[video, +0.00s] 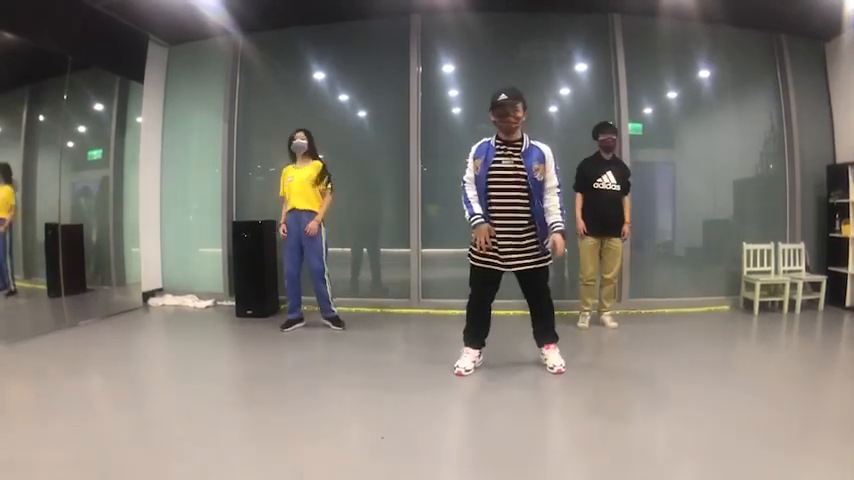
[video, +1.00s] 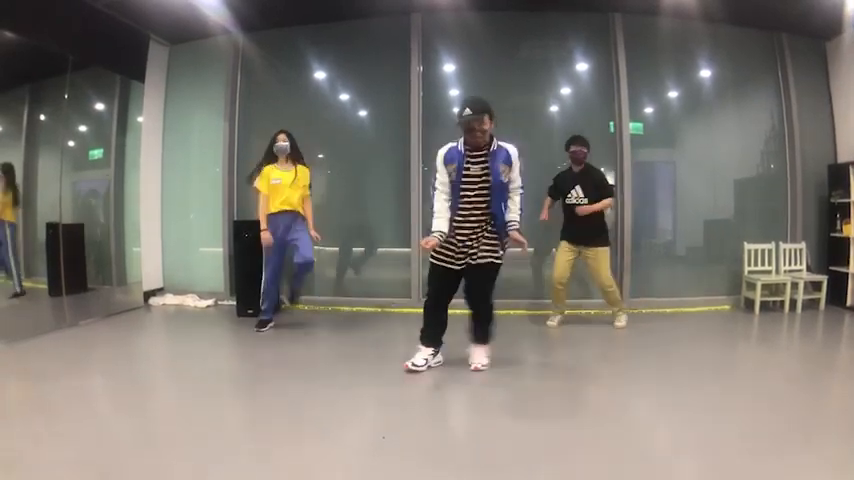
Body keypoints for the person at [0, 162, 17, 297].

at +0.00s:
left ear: (3, 174)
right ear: (8, 174)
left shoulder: (8, 190)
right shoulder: (6, 190)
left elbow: (12, 209)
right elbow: (12, 210)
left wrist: (5, 225)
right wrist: (5, 224)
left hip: (4, 222)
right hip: (3, 222)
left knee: (6, 254)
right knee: (3, 255)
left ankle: (11, 285)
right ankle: (4, 283)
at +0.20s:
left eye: (0, 173)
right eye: (0, 173)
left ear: (3, 174)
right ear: (8, 173)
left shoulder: (8, 189)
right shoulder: (7, 189)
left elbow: (12, 209)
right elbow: (11, 209)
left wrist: (5, 224)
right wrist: (5, 223)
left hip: (4, 222)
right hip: (4, 222)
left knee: (5, 253)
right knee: (4, 254)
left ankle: (10, 284)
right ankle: (5, 283)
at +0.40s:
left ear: (2, 173)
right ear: (7, 172)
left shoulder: (6, 189)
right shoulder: (8, 188)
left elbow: (11, 209)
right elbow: (12, 209)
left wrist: (5, 225)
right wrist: (6, 223)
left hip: (4, 223)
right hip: (5, 222)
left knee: (5, 253)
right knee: (5, 253)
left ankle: (11, 284)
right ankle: (6, 283)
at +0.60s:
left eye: (0, 173)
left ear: (3, 174)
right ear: (7, 173)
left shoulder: (7, 188)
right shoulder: (9, 188)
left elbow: (13, 208)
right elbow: (13, 208)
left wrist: (7, 223)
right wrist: (7, 223)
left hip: (4, 221)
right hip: (4, 221)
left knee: (5, 254)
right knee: (4, 254)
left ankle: (12, 284)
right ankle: (5, 283)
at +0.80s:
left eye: (1, 175)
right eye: (1, 174)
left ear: (5, 175)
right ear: (8, 175)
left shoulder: (11, 189)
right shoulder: (5, 189)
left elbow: (18, 207)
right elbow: (18, 207)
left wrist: (9, 217)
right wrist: (8, 217)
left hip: (7, 221)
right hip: (3, 221)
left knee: (5, 254)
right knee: (3, 254)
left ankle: (15, 287)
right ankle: (5, 283)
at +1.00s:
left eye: (1, 175)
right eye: (1, 175)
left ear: (6, 176)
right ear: (9, 175)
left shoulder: (9, 190)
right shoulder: (11, 189)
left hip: (7, 220)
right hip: (6, 220)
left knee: (9, 253)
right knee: (6, 253)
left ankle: (18, 287)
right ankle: (17, 285)